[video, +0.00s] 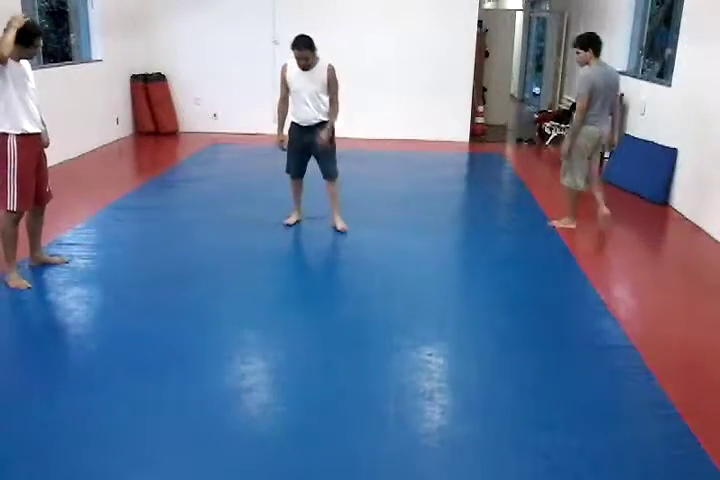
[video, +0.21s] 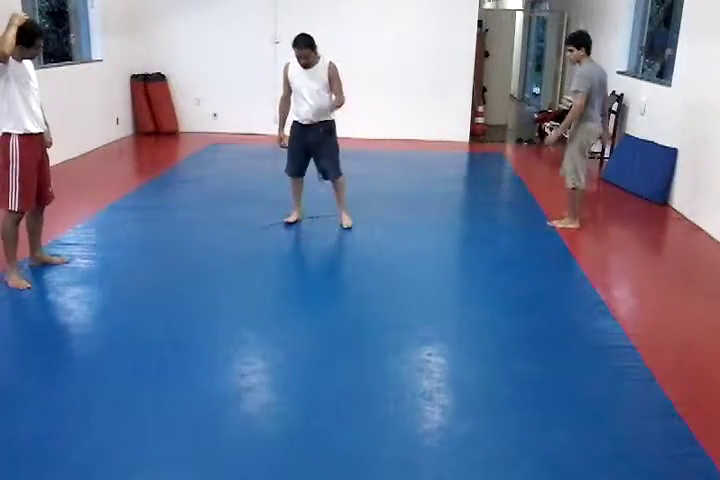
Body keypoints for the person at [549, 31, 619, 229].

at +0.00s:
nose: (576, 57)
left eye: (578, 53)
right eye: (575, 53)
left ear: (589, 52)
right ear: (593, 52)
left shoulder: (587, 75)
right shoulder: (612, 74)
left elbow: (580, 111)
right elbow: (615, 107)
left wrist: (568, 139)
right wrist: (613, 134)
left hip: (585, 129)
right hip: (602, 129)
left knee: (572, 173)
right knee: (593, 173)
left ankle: (570, 217)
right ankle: (602, 206)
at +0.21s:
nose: (567, 55)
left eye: (570, 51)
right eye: (567, 51)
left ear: (581, 50)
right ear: (584, 51)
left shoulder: (584, 71)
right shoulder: (599, 70)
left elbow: (578, 106)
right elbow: (604, 102)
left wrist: (559, 130)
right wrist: (604, 127)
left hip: (584, 125)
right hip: (595, 125)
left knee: (572, 168)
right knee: (577, 167)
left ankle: (572, 217)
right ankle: (575, 213)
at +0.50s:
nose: (567, 56)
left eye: (570, 51)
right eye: (566, 51)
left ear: (582, 51)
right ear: (569, 51)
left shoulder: (592, 71)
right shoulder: (576, 70)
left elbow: (597, 102)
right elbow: (575, 98)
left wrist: (594, 123)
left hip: (585, 122)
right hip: (573, 121)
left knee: (576, 169)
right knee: (570, 168)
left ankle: (574, 216)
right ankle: (570, 212)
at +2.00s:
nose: (574, 61)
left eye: (579, 57)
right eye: (572, 56)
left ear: (592, 57)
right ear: (570, 55)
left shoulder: (606, 82)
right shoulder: (564, 77)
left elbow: (613, 118)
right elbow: (551, 107)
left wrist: (610, 152)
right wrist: (535, 132)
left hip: (591, 144)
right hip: (564, 142)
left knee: (589, 199)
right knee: (555, 193)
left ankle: (582, 237)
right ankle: (560, 238)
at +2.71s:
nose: (582, 63)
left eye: (587, 59)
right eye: (582, 58)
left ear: (604, 62)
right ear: (595, 60)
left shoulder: (622, 92)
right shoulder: (585, 84)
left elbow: (628, 136)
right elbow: (580, 122)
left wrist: (624, 175)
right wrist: (573, 153)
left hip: (606, 160)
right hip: (578, 155)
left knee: (602, 220)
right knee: (567, 216)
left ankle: (594, 271)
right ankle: (571, 272)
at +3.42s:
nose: (564, 65)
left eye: (567, 60)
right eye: (563, 60)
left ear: (583, 60)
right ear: (580, 61)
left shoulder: (598, 95)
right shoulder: (582, 88)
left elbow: (598, 145)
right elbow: (575, 132)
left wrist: (592, 187)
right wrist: (554, 145)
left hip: (584, 168)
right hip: (571, 164)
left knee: (577, 232)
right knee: (565, 225)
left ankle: (572, 301)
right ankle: (570, 281)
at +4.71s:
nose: (559, 65)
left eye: (562, 59)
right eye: (559, 59)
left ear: (576, 59)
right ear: (582, 60)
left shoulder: (577, 90)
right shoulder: (601, 88)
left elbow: (569, 134)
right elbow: (605, 130)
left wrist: (554, 170)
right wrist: (583, 144)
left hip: (569, 162)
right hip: (590, 163)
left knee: (539, 218)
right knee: (580, 225)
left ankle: (550, 275)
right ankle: (573, 281)